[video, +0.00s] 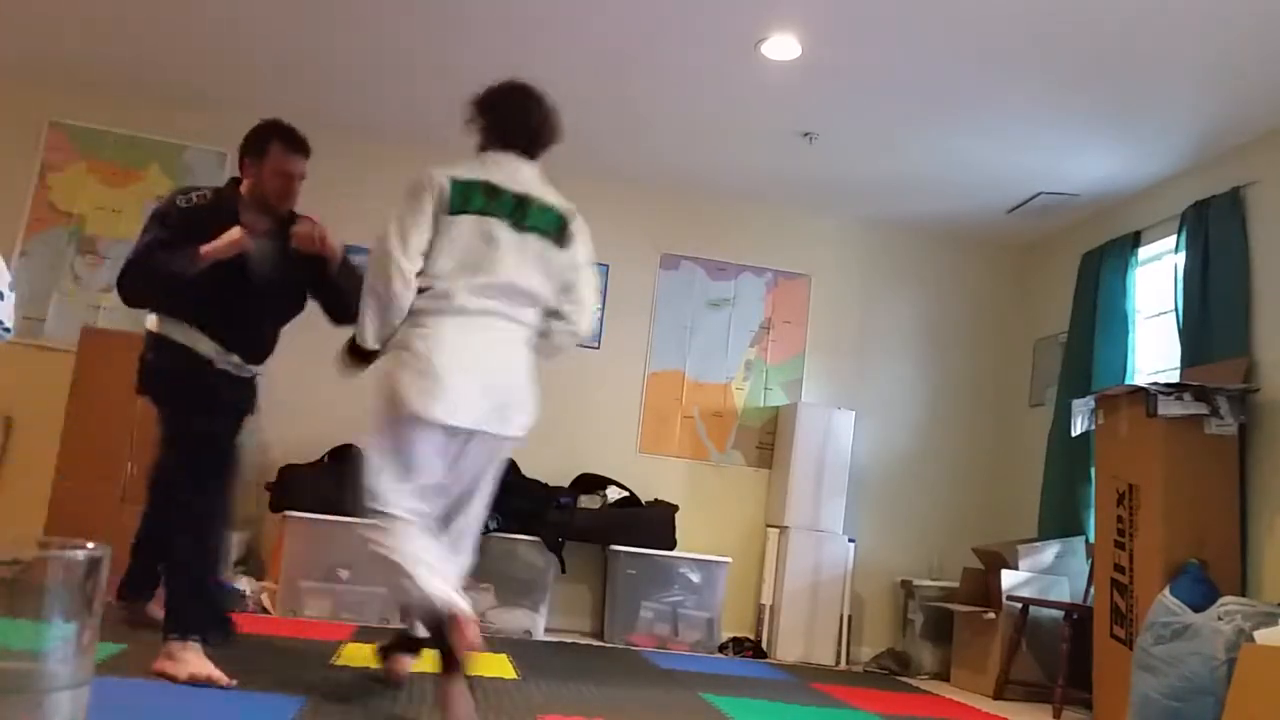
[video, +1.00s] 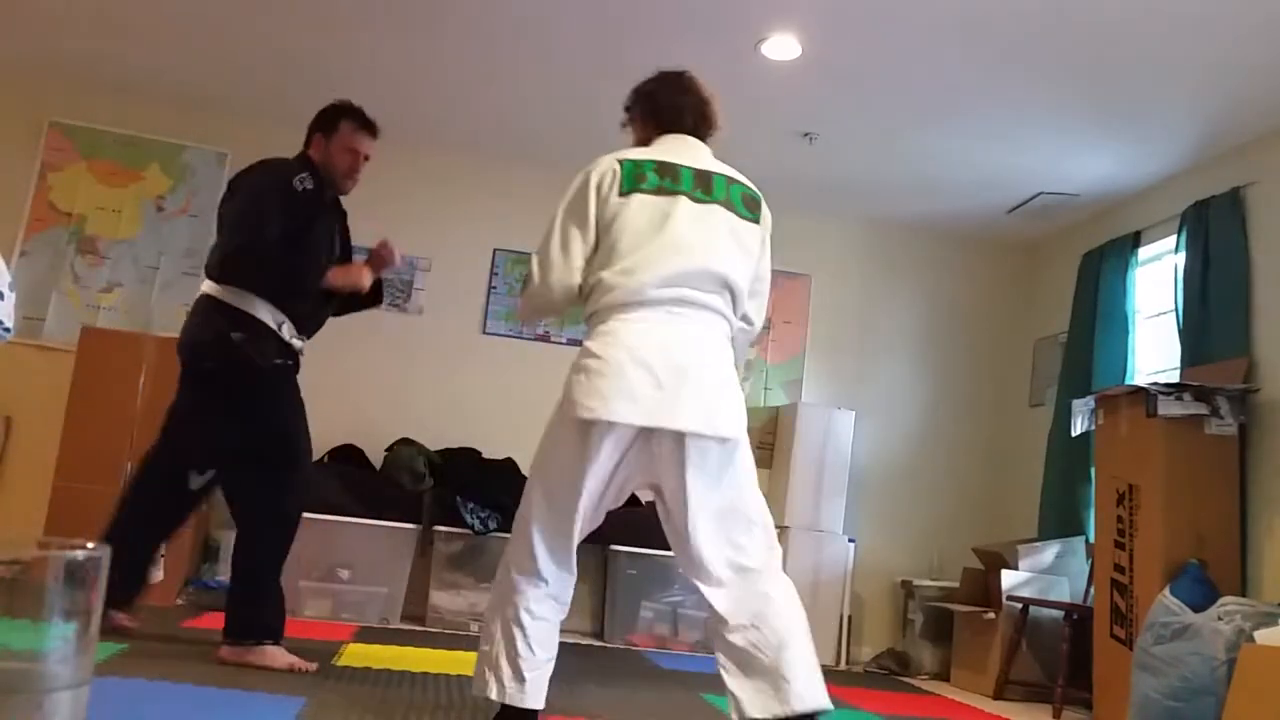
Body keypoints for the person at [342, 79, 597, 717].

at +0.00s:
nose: (478, 132)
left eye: (482, 123)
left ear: (483, 128)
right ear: (546, 140)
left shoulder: (440, 185)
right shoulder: (567, 219)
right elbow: (575, 322)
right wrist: (521, 340)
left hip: (435, 364)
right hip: (510, 381)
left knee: (393, 506)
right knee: (458, 523)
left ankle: (451, 609)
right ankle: (402, 651)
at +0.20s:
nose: (547, 152)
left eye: (550, 143)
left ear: (553, 145)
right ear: (618, 149)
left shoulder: (526, 198)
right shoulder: (656, 224)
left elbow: (460, 296)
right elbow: (665, 331)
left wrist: (421, 290)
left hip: (549, 406)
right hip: (637, 410)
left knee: (483, 552)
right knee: (630, 547)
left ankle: (511, 693)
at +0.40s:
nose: (639, 168)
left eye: (642, 158)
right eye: (640, 159)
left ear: (655, 161)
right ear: (718, 164)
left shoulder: (630, 216)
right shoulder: (768, 239)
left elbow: (588, 328)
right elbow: (771, 349)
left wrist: (547, 323)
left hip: (655, 416)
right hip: (746, 424)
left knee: (562, 548)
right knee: (803, 615)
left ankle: (573, 698)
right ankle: (850, 716)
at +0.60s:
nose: (684, 141)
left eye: (687, 130)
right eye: (685, 131)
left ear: (706, 127)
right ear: (766, 135)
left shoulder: (668, 181)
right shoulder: (815, 210)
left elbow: (610, 297)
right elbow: (815, 331)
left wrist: (577, 321)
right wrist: (751, 336)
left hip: (675, 386)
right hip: (770, 398)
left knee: (577, 537)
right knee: (805, 587)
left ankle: (567, 694)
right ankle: (847, 716)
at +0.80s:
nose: (671, 142)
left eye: (673, 131)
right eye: (672, 132)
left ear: (691, 129)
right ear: (752, 138)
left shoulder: (652, 183)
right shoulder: (797, 217)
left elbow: (592, 301)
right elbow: (787, 340)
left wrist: (565, 324)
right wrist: (723, 344)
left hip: (651, 396)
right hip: (745, 407)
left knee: (563, 555)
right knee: (788, 588)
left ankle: (521, 703)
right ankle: (842, 716)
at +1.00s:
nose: (628, 134)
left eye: (630, 124)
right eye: (629, 126)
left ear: (642, 123)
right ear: (704, 127)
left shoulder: (611, 171)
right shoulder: (751, 198)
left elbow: (557, 286)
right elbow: (751, 315)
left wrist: (529, 307)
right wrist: (714, 369)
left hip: (616, 369)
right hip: (709, 381)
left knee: (546, 539)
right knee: (742, 559)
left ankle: (516, 697)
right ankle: (801, 708)